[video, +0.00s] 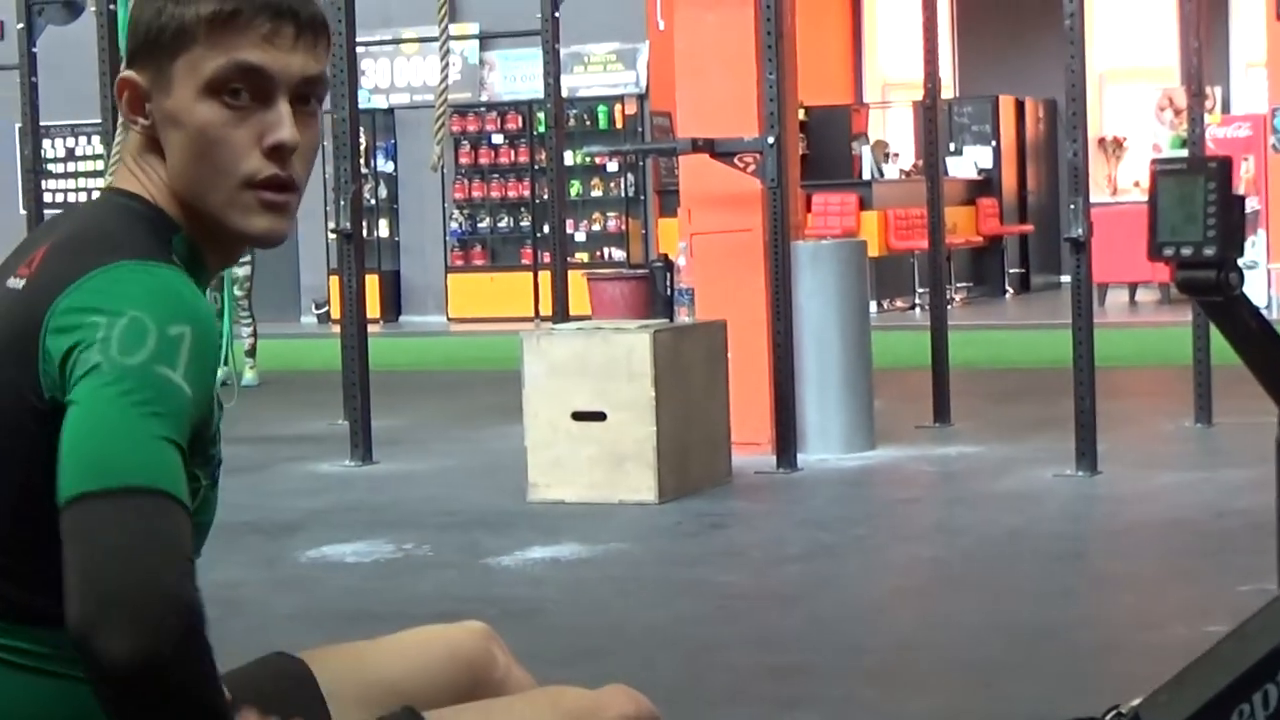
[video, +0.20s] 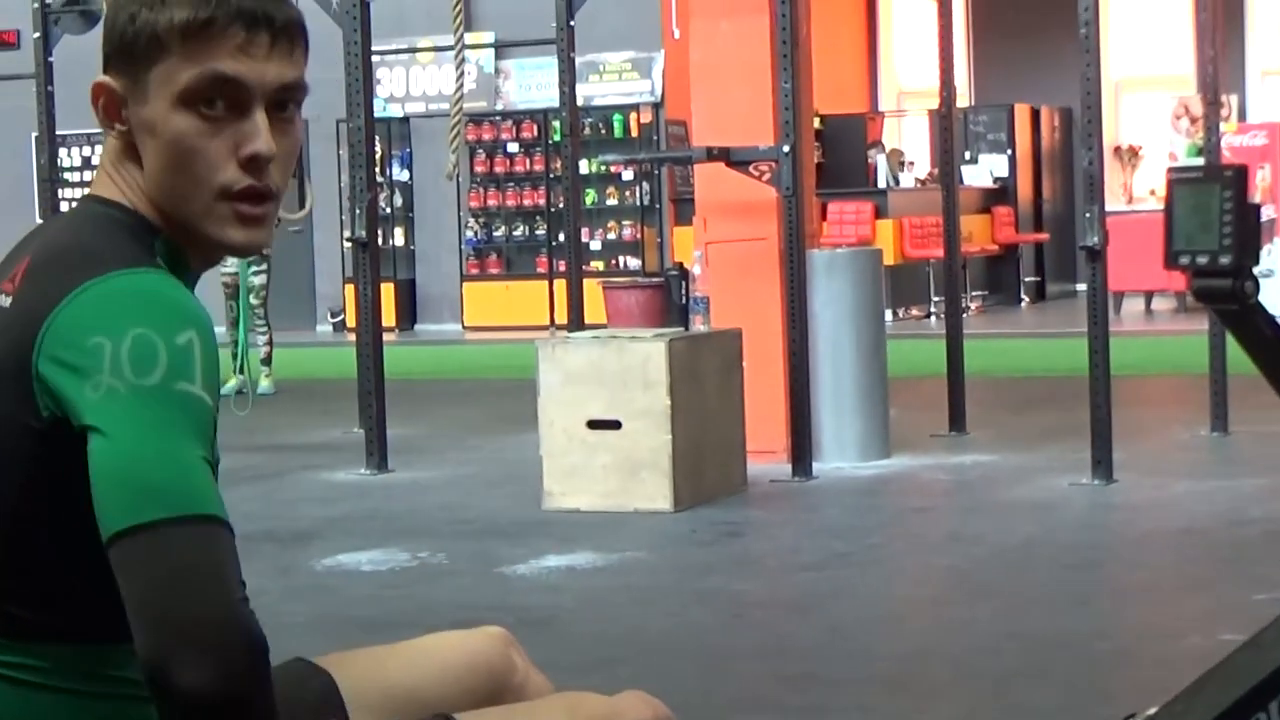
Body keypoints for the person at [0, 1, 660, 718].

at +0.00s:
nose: (287, 137)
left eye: (305, 102)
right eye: (238, 94)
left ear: (322, 116)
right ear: (139, 106)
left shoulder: (97, 255)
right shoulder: (145, 295)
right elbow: (130, 622)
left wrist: (206, 697)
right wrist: (213, 711)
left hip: (75, 688)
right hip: (86, 701)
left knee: (472, 653)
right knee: (620, 707)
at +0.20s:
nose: (265, 148)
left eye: (284, 106)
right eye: (218, 104)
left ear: (303, 112)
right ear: (117, 114)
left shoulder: (59, 260)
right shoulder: (135, 306)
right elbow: (207, 673)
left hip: (64, 688)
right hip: (116, 708)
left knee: (492, 659)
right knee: (637, 707)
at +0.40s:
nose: (268, 151)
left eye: (287, 109)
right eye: (218, 109)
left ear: (308, 117)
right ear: (122, 125)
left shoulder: (83, 273)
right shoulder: (135, 325)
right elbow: (180, 685)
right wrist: (263, 708)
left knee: (514, 661)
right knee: (665, 711)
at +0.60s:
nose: (322, 163)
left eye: (343, 121)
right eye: (273, 123)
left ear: (367, 128)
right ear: (179, 133)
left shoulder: (130, 268)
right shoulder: (190, 331)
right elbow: (183, 682)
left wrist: (237, 691)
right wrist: (269, 703)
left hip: (85, 691)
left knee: (553, 654)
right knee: (695, 708)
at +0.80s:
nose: (382, 166)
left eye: (406, 125)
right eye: (335, 120)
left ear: (428, 131)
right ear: (239, 121)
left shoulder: (213, 273)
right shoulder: (240, 315)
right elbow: (246, 677)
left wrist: (301, 690)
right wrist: (326, 708)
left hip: (155, 691)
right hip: (155, 718)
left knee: (580, 641)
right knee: (722, 706)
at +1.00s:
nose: (423, 114)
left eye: (446, 78)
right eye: (378, 70)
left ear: (466, 90)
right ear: (283, 74)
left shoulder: (247, 223)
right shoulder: (281, 261)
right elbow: (296, 617)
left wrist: (343, 665)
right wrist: (367, 712)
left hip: (201, 670)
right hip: (221, 703)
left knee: (603, 583)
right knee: (745, 661)